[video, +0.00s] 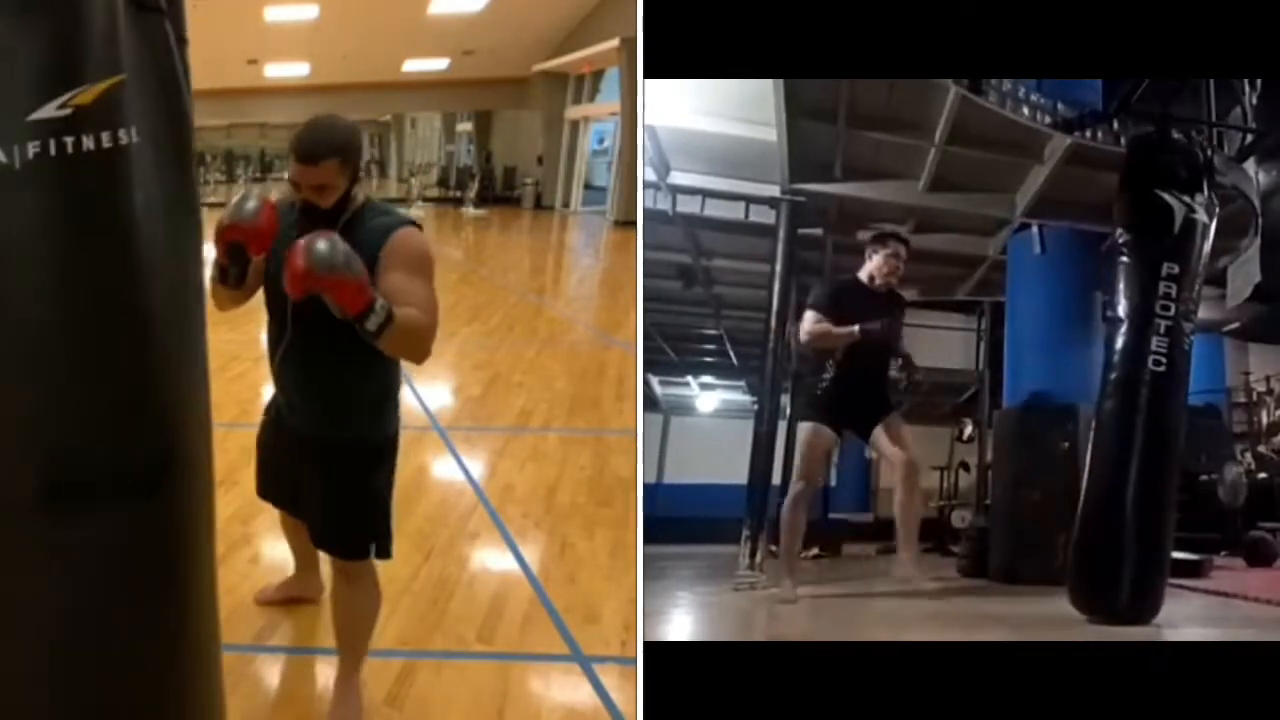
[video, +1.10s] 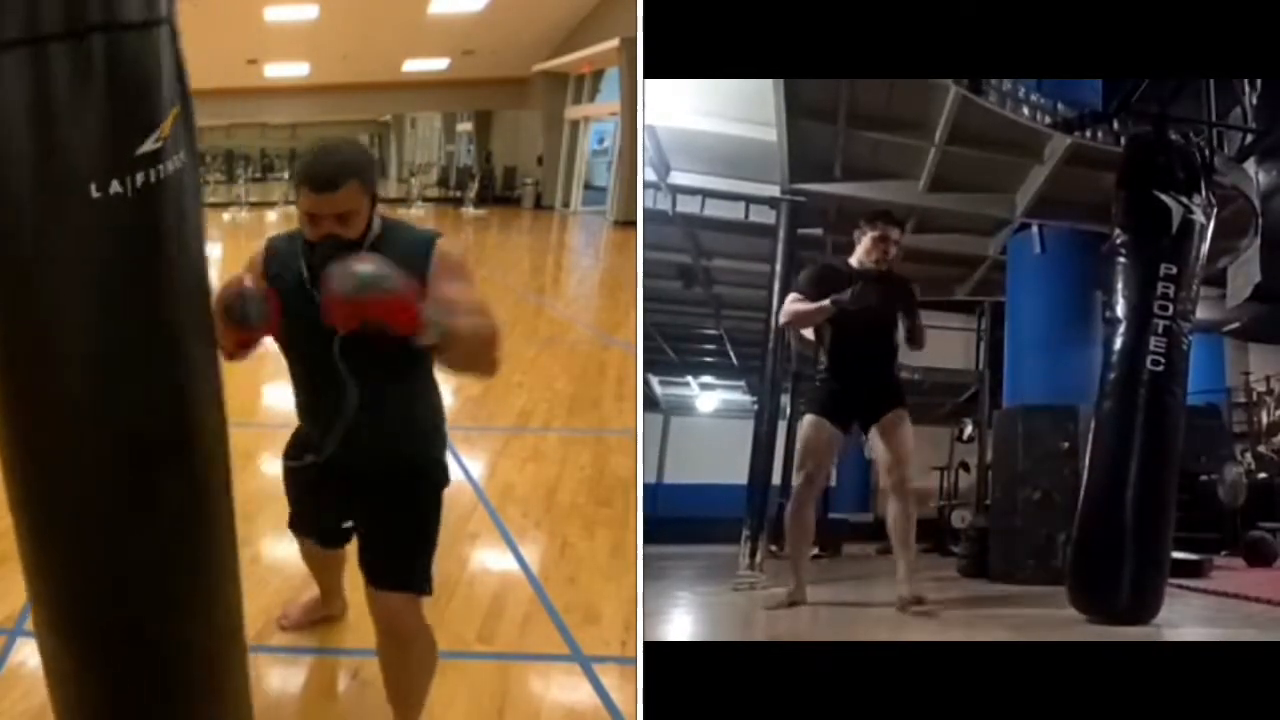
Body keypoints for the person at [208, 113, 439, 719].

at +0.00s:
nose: (311, 199)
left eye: (324, 189)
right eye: (301, 186)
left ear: (355, 175)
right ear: (291, 173)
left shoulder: (396, 240)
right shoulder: (280, 220)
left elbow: (418, 342)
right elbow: (228, 299)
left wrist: (360, 302)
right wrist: (232, 255)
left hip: (358, 425)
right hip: (292, 408)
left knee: (349, 557)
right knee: (290, 496)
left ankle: (348, 684)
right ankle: (306, 578)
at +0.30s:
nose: (281, 201)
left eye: (295, 189)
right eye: (272, 188)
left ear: (323, 181)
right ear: (258, 181)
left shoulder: (365, 228)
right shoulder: (247, 226)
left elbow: (391, 310)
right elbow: (223, 296)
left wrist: (330, 272)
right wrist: (248, 250)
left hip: (347, 401)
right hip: (277, 395)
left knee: (331, 545)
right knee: (282, 510)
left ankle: (336, 679)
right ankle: (306, 578)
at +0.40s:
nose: (278, 204)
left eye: (290, 192)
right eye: (268, 190)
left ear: (316, 183)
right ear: (254, 183)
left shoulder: (363, 230)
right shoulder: (245, 229)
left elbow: (409, 322)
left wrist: (353, 282)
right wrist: (256, 259)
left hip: (345, 406)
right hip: (272, 401)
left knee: (314, 542)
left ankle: (342, 678)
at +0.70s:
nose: (277, 249)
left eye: (290, 235)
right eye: (266, 236)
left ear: (322, 220)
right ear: (252, 226)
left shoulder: (362, 262)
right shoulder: (257, 267)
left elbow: (419, 323)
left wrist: (333, 353)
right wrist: (257, 352)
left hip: (376, 453)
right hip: (294, 446)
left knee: (361, 596)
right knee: (278, 557)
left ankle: (391, 710)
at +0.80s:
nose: (320, 248)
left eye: (333, 233)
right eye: (305, 235)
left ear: (365, 213)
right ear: (289, 222)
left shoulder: (413, 257)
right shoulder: (277, 269)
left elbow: (524, 327)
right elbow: (222, 327)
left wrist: (450, 289)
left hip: (399, 463)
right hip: (311, 459)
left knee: (400, 616)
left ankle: (397, 714)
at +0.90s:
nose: (357, 247)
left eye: (370, 232)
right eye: (340, 235)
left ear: (399, 207)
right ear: (320, 216)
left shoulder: (437, 249)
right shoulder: (286, 277)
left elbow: (511, 320)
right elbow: (204, 333)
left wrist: (496, 285)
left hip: (411, 457)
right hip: (321, 456)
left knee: (409, 608)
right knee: (314, 550)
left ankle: (398, 714)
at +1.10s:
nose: (328, 232)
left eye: (343, 218)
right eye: (314, 218)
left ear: (373, 203)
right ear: (298, 206)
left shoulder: (423, 256)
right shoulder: (281, 259)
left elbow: (481, 355)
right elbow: (233, 343)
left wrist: (412, 314)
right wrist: (235, 312)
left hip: (402, 451)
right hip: (320, 444)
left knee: (394, 607)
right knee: (315, 535)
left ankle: (407, 712)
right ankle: (331, 601)